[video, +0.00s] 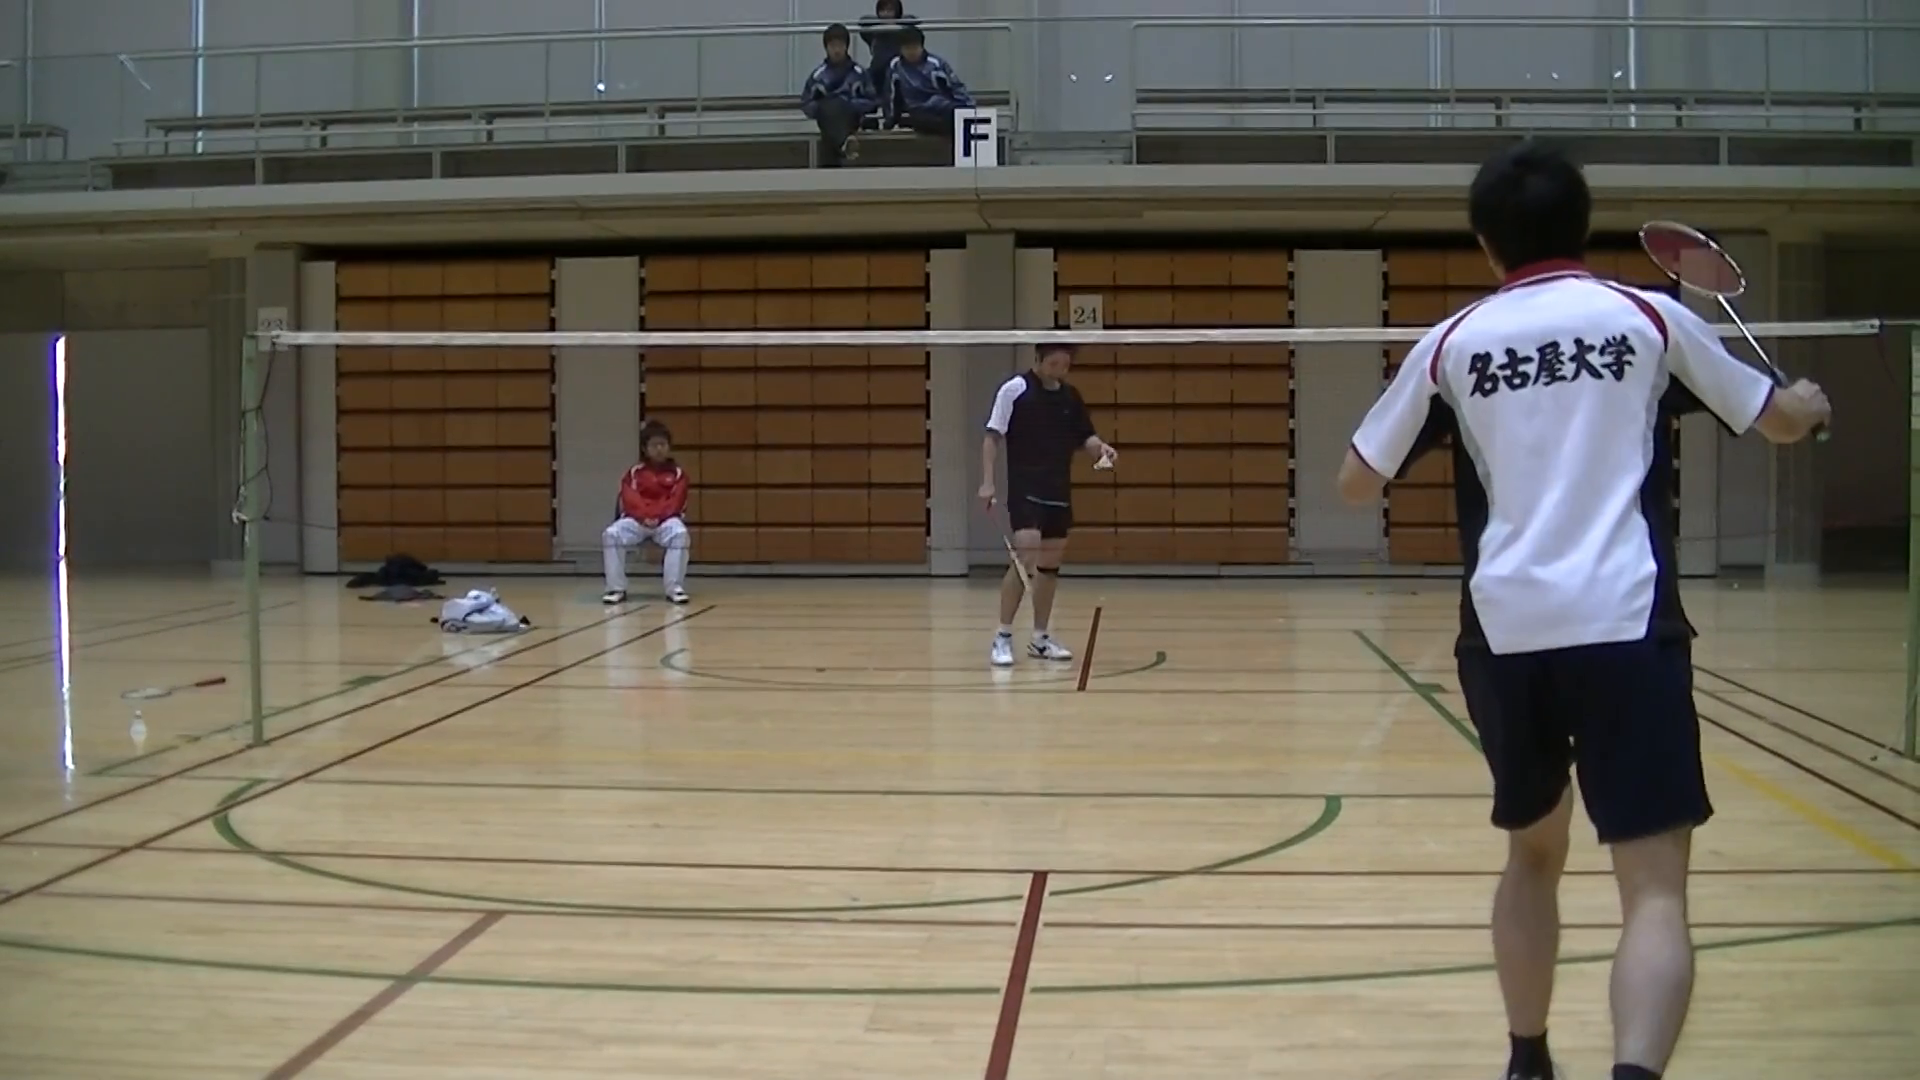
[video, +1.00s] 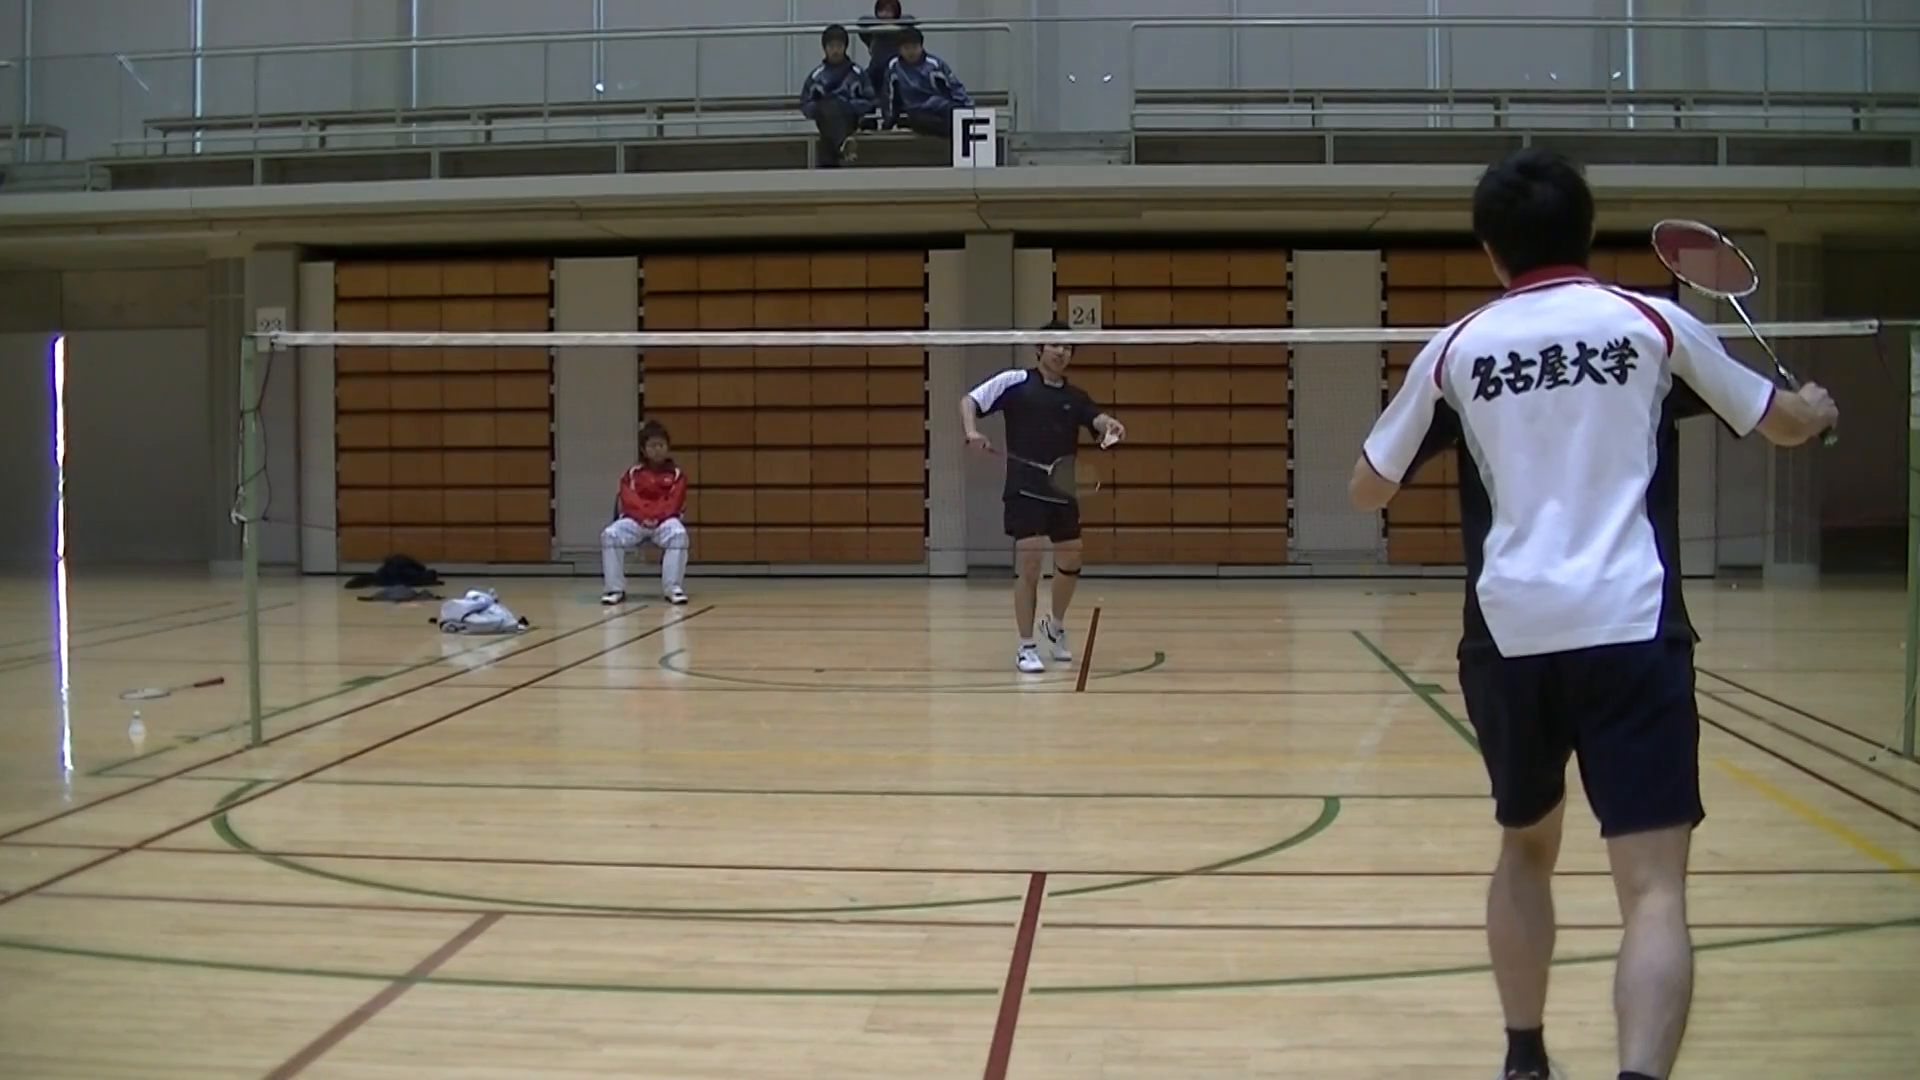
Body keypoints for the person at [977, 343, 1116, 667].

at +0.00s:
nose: (1062, 370)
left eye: (1065, 365)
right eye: (1057, 364)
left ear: (1068, 365)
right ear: (1040, 361)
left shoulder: (1069, 395)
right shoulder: (1014, 389)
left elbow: (1086, 436)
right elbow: (992, 437)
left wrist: (1100, 448)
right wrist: (988, 482)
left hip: (1058, 489)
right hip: (1025, 488)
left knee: (1050, 565)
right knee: (1026, 556)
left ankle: (1040, 638)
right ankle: (1003, 638)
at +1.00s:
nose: (1062, 353)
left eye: (1067, 348)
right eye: (1056, 346)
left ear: (1071, 354)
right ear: (1040, 350)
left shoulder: (1075, 395)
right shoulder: (1015, 381)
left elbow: (1100, 419)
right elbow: (969, 402)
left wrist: (1113, 428)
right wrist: (972, 431)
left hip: (1062, 488)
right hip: (1025, 487)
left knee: (1070, 561)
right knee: (1030, 563)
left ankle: (1055, 627)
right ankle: (1026, 646)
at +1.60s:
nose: (1068, 353)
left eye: (1073, 347)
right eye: (1061, 347)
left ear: (1079, 350)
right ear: (1047, 348)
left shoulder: (1083, 392)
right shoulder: (1028, 382)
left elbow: (1094, 442)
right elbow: (1000, 424)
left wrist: (1111, 445)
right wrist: (992, 462)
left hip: (1072, 488)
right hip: (1036, 488)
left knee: (1094, 554)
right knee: (1035, 565)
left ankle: (1072, 617)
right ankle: (1027, 646)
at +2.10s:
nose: (1113, 358)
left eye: (1119, 353)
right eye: (1107, 351)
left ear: (1124, 359)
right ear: (1094, 355)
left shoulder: (1119, 395)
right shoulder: (1073, 389)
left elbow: (1111, 442)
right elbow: (1045, 439)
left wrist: (1135, 471)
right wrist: (1036, 488)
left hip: (1096, 483)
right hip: (1066, 482)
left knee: (1107, 553)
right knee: (1078, 547)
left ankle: (1092, 628)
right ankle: (1057, 635)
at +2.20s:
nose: (1124, 364)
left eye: (1130, 359)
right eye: (1118, 357)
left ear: (1136, 365)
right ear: (1105, 360)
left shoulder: (1131, 400)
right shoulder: (1087, 394)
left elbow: (1124, 447)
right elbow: (1058, 447)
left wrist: (1152, 475)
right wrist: (1051, 499)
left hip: (1108, 491)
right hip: (1080, 489)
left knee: (1120, 551)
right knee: (1094, 552)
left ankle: (1098, 625)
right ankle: (1073, 638)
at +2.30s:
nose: (1159, 387)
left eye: (1164, 381)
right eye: (1153, 380)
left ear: (1169, 386)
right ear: (1139, 383)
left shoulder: (1168, 423)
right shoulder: (1122, 420)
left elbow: (1178, 466)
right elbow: (1092, 468)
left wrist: (1211, 480)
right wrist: (1085, 520)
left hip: (1143, 508)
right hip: (1115, 506)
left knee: (1155, 572)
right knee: (1133, 565)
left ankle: (1122, 631)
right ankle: (1108, 641)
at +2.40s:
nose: (1168, 403)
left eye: (1173, 397)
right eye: (1161, 396)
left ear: (1180, 402)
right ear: (1147, 400)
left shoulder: (1183, 440)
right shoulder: (1131, 436)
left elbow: (1218, 471)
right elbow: (1102, 482)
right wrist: (1089, 531)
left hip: (1150, 522)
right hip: (1120, 519)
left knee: (1159, 586)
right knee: (1137, 575)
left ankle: (1127, 633)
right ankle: (1111, 640)